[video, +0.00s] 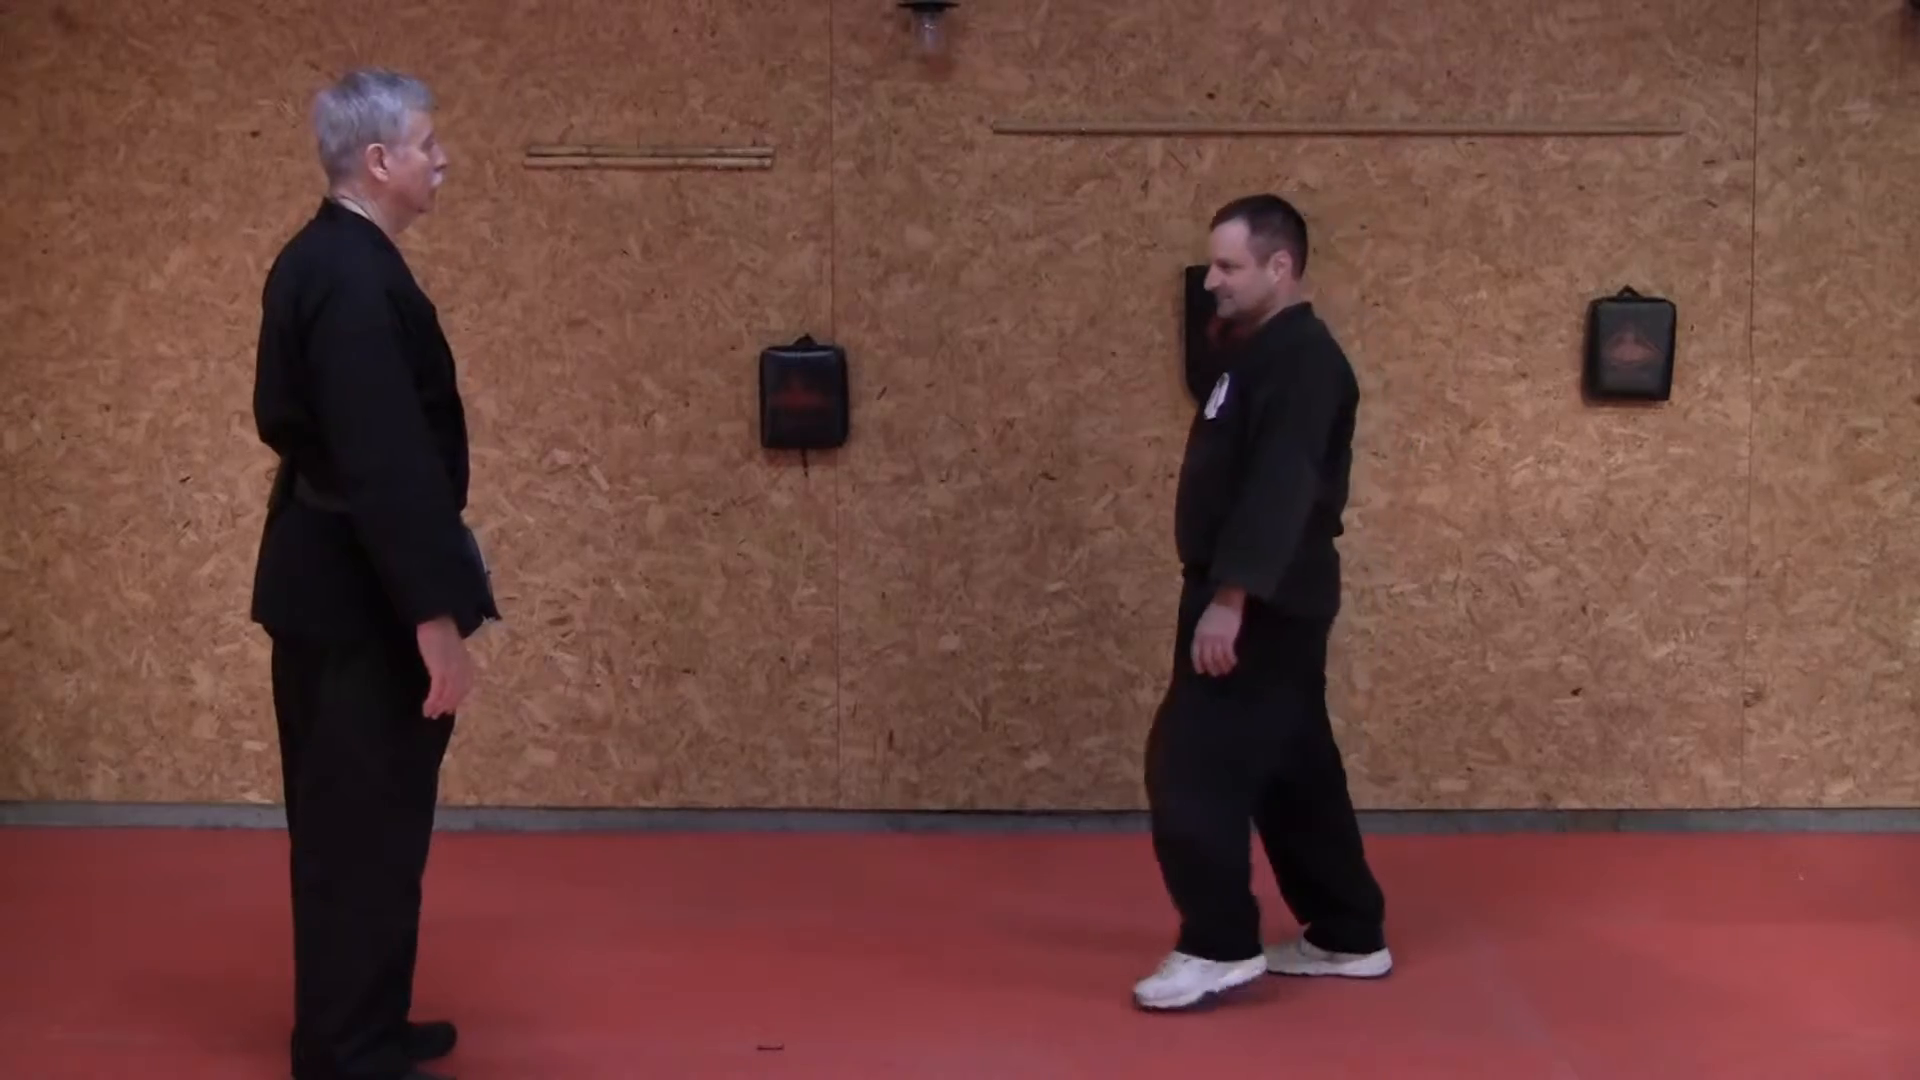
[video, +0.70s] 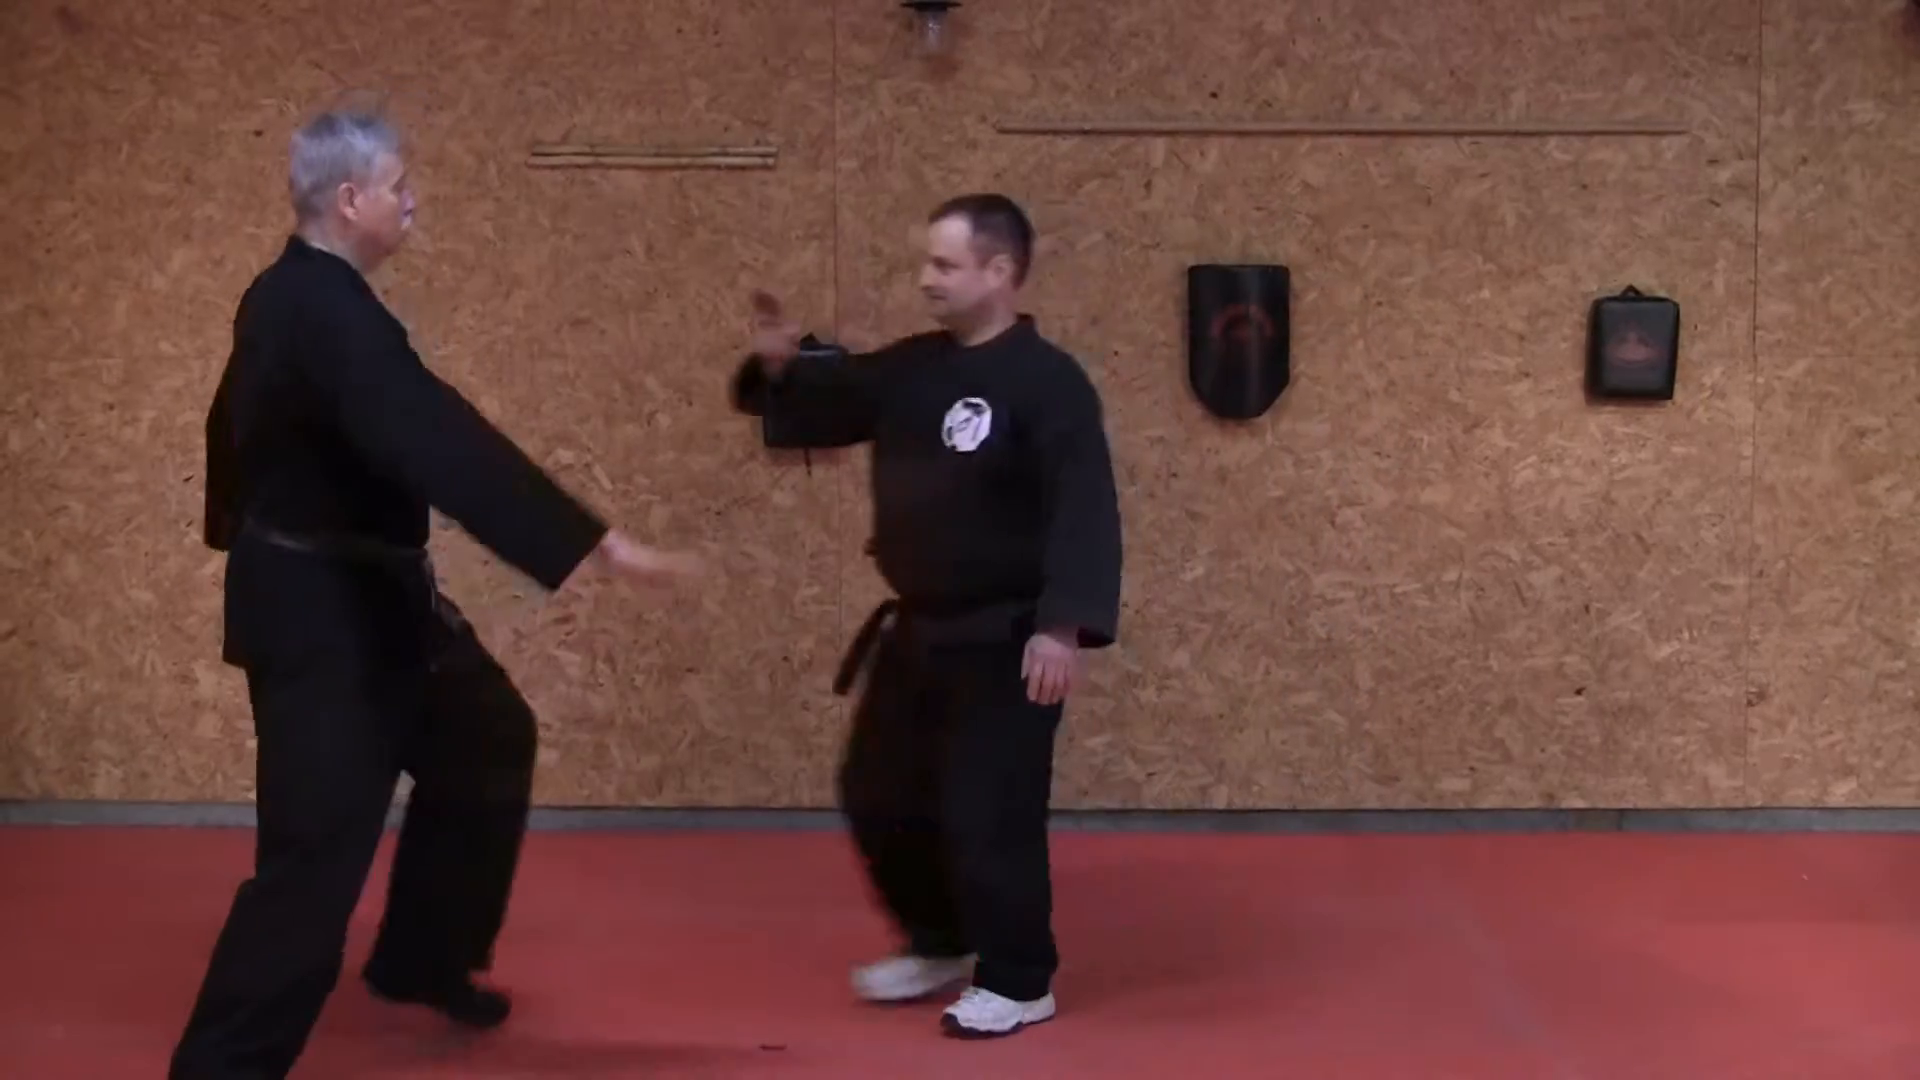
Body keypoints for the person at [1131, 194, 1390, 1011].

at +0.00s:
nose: (1213, 284)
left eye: (1226, 269)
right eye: (1212, 270)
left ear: (1278, 266)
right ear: (1270, 269)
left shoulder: (1302, 354)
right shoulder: (1263, 349)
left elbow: (1281, 489)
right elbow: (1205, 383)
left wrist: (1230, 596)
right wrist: (1206, 307)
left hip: (1261, 602)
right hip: (1263, 600)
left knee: (1189, 764)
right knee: (1294, 765)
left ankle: (1220, 945)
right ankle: (1349, 935)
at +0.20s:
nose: (1166, 289)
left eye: (1180, 274)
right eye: (1163, 273)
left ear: (1234, 272)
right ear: (1219, 274)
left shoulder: (1253, 362)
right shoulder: (1215, 355)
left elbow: (1234, 496)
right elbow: (1201, 479)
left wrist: (1178, 598)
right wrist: (1135, 513)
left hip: (1222, 608)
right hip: (1216, 605)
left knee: (1148, 782)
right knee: (1278, 774)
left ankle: (1080, 957)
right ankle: (1346, 935)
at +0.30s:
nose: (1129, 293)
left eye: (1143, 278)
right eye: (1128, 279)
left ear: (1198, 277)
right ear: (1189, 281)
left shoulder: (1217, 358)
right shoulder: (1188, 356)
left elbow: (1203, 491)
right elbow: (1164, 472)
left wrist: (1145, 600)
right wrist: (1090, 460)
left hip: (1190, 613)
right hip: (1195, 610)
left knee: (1111, 788)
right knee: (1264, 776)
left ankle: (1042, 961)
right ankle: (1341, 931)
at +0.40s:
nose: (1084, 293)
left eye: (1099, 278)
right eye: (1084, 277)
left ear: (1156, 281)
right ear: (1139, 283)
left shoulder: (1174, 369)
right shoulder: (1135, 366)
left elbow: (1165, 499)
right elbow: (1101, 442)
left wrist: (1110, 603)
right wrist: (1023, 411)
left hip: (1146, 627)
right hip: (1146, 627)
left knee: (1060, 782)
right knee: (1231, 777)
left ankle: (1026, 973)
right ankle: (1329, 913)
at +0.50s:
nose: (1033, 286)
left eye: (1049, 272)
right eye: (1033, 271)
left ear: (1106, 277)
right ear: (1079, 277)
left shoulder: (1129, 381)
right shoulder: (1061, 367)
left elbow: (1126, 510)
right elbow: (1011, 412)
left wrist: (1083, 612)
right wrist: (949, 382)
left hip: (1090, 630)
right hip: (1046, 622)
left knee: (1018, 793)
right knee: (1130, 770)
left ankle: (1019, 976)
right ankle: (1273, 884)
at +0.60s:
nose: (981, 281)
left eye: (999, 268)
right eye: (980, 267)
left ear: (1057, 273)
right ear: (1004, 274)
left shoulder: (1092, 385)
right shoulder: (984, 371)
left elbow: (1100, 515)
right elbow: (920, 416)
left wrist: (1068, 623)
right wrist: (873, 371)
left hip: (1040, 629)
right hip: (981, 623)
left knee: (996, 802)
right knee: (1007, 789)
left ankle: (1016, 981)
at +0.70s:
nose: (928, 280)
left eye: (945, 267)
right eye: (925, 265)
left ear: (1003, 272)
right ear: (931, 270)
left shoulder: (1047, 382)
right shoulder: (908, 368)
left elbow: (1086, 512)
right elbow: (806, 410)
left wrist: (1063, 625)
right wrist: (777, 367)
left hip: (1005, 639)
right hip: (917, 631)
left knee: (991, 810)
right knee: (878, 789)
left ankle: (1018, 980)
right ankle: (938, 944)